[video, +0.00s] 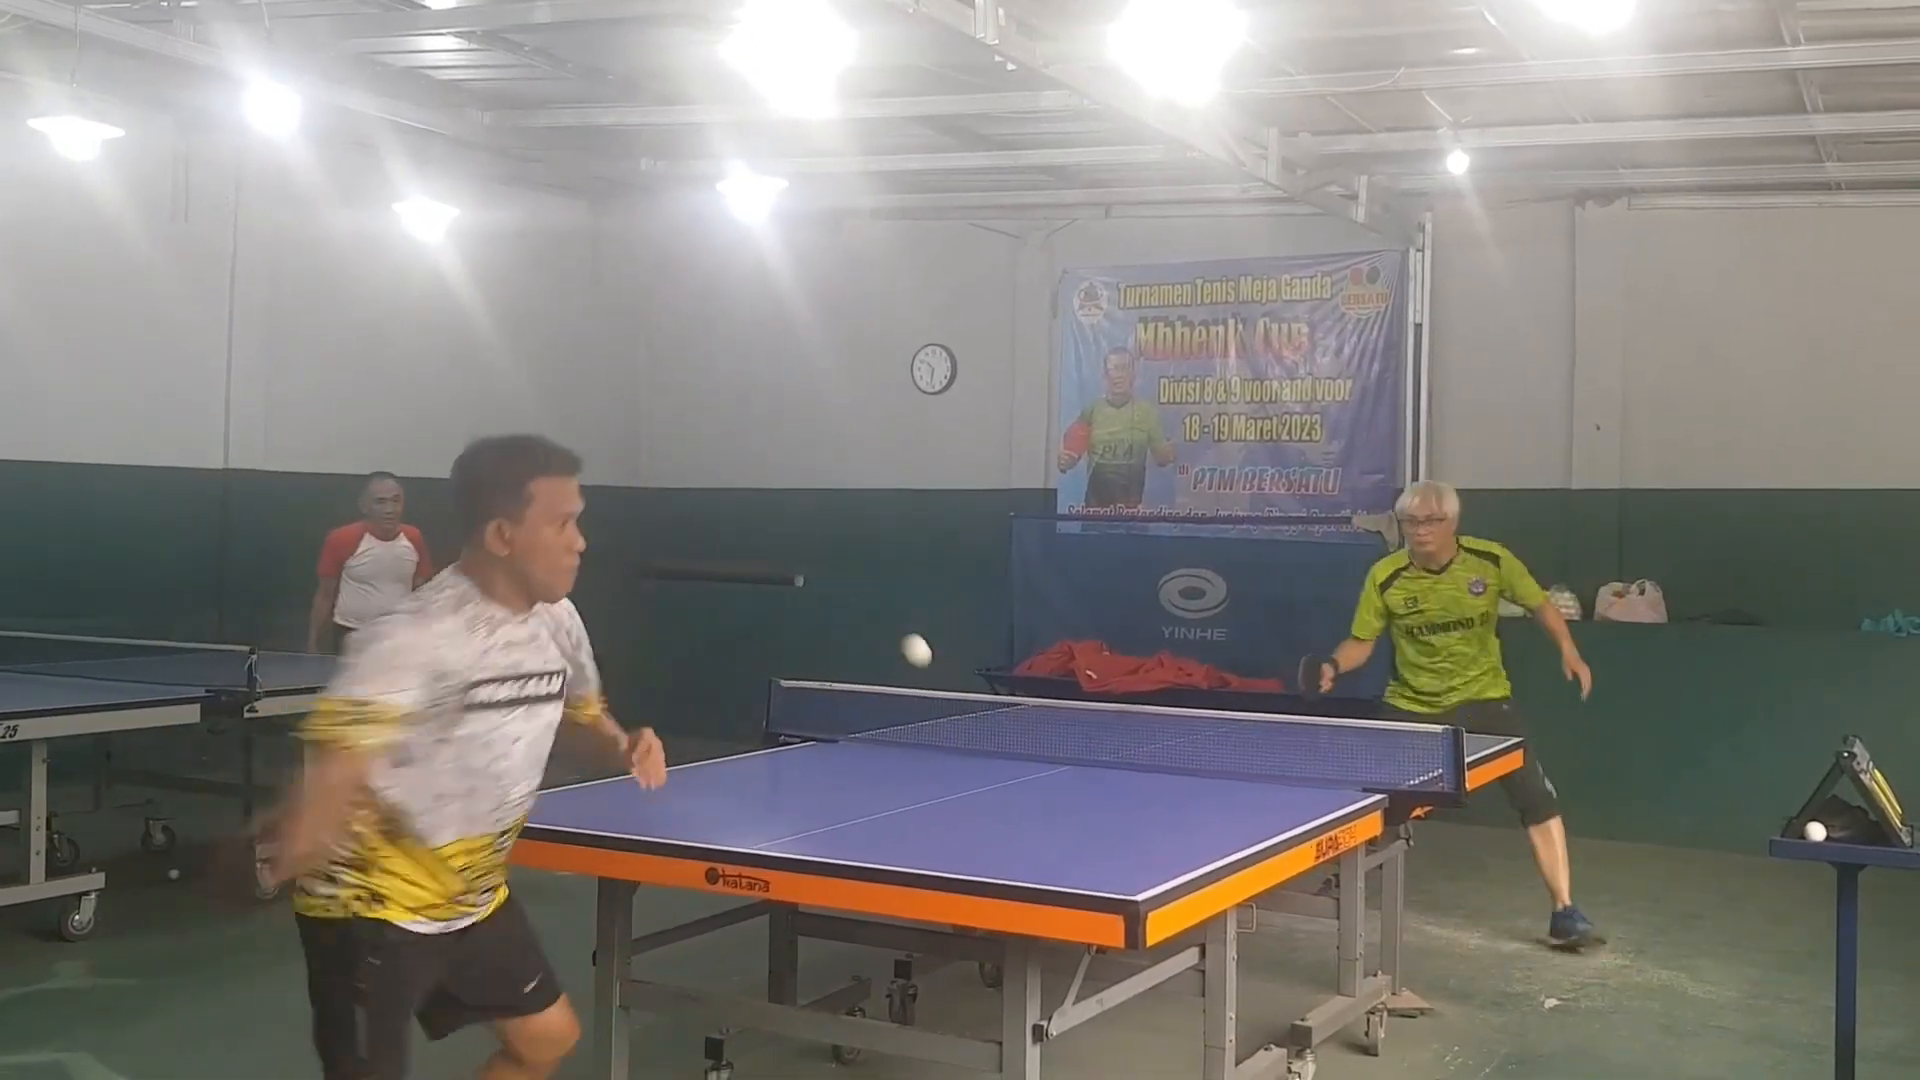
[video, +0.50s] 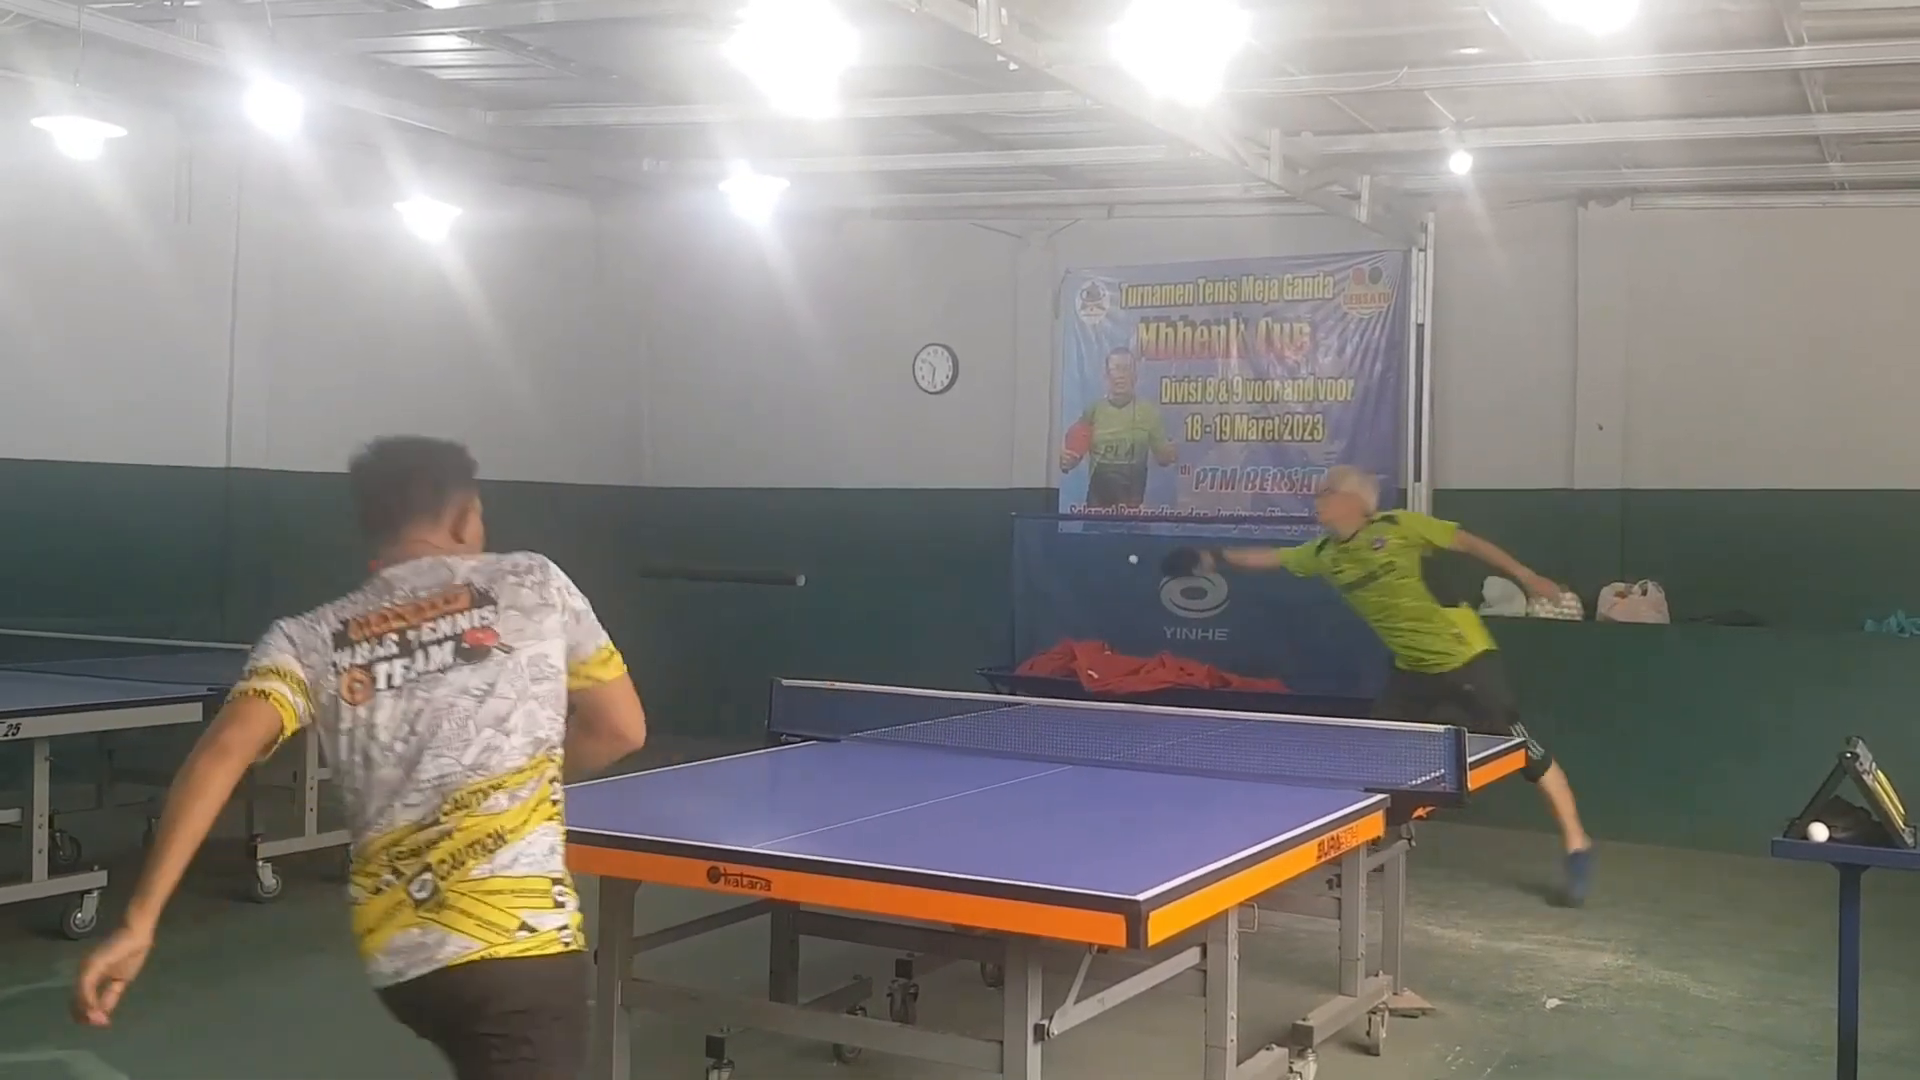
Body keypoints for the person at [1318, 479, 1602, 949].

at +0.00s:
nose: (1420, 531)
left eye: (1431, 522)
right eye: (1411, 522)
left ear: (1454, 524)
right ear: (1401, 526)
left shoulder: (1491, 561)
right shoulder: (1384, 576)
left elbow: (1540, 605)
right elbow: (1360, 641)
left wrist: (1568, 648)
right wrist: (1333, 666)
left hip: (1483, 699)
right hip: (1409, 702)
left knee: (1535, 792)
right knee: (1362, 781)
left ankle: (1564, 908)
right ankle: (1345, 871)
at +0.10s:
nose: (1414, 514)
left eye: (1425, 505)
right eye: (1406, 506)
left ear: (1447, 508)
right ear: (1396, 510)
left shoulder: (1484, 542)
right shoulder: (1383, 561)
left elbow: (1539, 589)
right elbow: (1358, 622)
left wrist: (1552, 617)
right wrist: (1329, 653)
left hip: (1485, 688)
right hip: (1411, 689)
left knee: (1529, 786)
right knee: (1369, 771)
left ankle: (1552, 882)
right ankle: (1349, 868)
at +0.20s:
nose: (1414, 510)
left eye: (1424, 501)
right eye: (1406, 502)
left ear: (1447, 504)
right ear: (1397, 507)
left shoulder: (1484, 537)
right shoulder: (1389, 557)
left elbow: (1539, 582)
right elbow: (1371, 619)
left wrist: (1540, 598)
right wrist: (1341, 648)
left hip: (1491, 684)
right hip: (1422, 681)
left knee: (1521, 788)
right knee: (1377, 759)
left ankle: (1549, 870)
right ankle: (1362, 857)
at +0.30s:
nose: (1398, 514)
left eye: (1408, 505)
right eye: (1395, 506)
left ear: (1439, 506)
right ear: (1395, 510)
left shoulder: (1483, 541)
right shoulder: (1395, 561)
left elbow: (1536, 583)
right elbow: (1383, 624)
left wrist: (1545, 592)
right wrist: (1333, 650)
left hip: (1492, 692)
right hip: (1423, 691)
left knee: (1531, 788)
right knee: (1374, 765)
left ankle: (1552, 874)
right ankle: (1358, 859)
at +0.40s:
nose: (1360, 501)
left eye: (1369, 492)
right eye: (1361, 493)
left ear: (1398, 496)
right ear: (1376, 500)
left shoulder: (1449, 528)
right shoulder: (1367, 557)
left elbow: (1511, 557)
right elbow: (1323, 601)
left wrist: (1551, 586)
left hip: (1487, 678)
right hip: (1422, 680)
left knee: (1526, 779)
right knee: (1375, 755)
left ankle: (1554, 872)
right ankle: (1372, 849)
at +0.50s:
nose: (1319, 506)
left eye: (1329, 497)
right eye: (1319, 498)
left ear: (1360, 503)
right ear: (1326, 508)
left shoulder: (1401, 527)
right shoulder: (1322, 555)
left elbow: (1472, 545)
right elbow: (1263, 559)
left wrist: (1528, 578)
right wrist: (1212, 557)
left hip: (1467, 658)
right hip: (1412, 668)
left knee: (1522, 745)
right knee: (1374, 749)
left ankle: (1577, 841)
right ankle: (1371, 839)